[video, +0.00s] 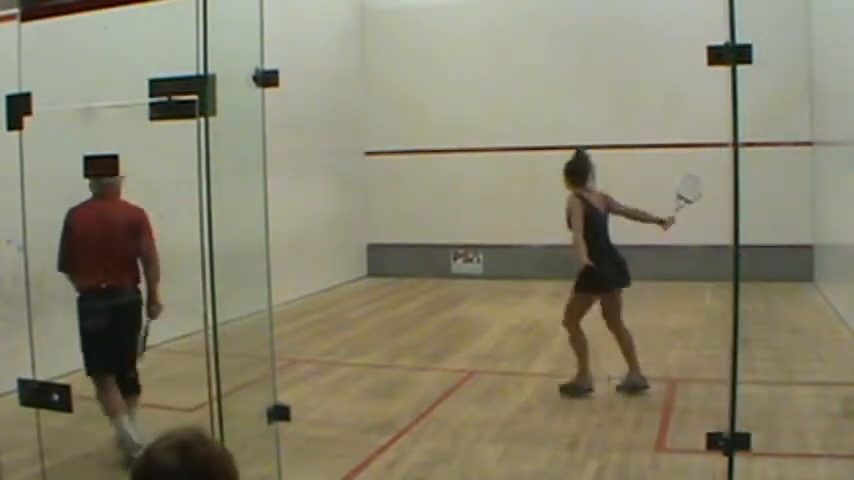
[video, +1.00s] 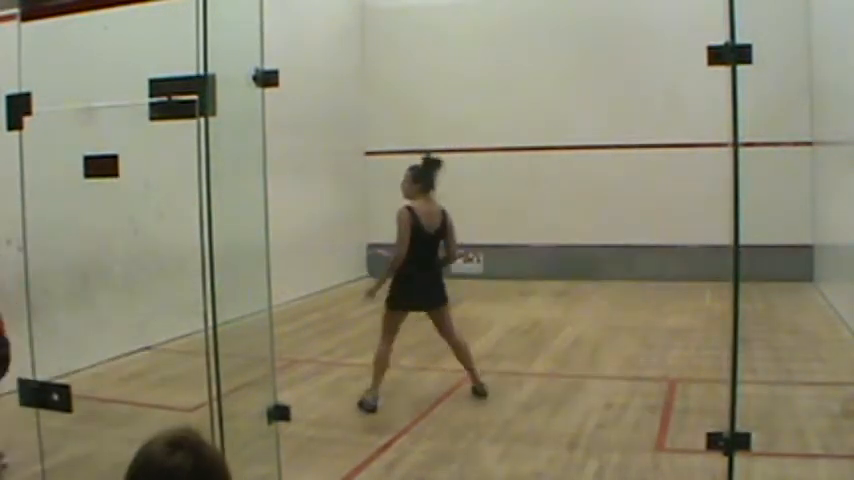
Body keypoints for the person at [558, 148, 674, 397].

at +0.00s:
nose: (565, 181)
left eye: (565, 177)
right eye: (567, 177)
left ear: (568, 178)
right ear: (588, 176)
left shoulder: (575, 200)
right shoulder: (600, 198)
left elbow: (577, 229)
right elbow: (628, 212)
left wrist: (583, 258)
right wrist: (658, 220)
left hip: (595, 269)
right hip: (613, 266)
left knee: (571, 320)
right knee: (614, 320)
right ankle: (635, 374)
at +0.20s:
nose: (529, 191)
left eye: (530, 187)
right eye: (532, 187)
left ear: (531, 189)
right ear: (554, 187)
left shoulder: (531, 214)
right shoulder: (565, 207)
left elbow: (533, 249)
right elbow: (588, 230)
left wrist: (532, 280)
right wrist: (609, 245)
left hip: (551, 280)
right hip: (576, 277)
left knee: (523, 323)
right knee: (596, 325)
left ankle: (516, 378)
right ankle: (629, 371)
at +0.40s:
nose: (497, 172)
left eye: (499, 169)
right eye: (501, 169)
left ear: (501, 172)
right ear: (522, 171)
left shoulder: (495, 197)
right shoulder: (532, 195)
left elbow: (491, 230)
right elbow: (546, 229)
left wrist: (482, 249)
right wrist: (557, 258)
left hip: (506, 268)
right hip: (531, 265)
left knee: (504, 326)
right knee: (543, 319)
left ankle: (511, 376)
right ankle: (563, 367)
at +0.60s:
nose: (471, 162)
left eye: (474, 158)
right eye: (474, 158)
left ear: (481, 162)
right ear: (496, 164)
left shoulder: (474, 189)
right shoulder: (508, 189)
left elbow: (470, 228)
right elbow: (519, 226)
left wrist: (457, 252)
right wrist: (513, 245)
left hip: (475, 254)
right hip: (500, 254)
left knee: (464, 314)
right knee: (492, 316)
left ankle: (459, 372)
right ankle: (487, 373)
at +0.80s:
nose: (440, 180)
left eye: (444, 176)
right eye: (442, 175)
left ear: (455, 180)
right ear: (465, 180)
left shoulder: (446, 208)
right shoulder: (482, 208)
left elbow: (441, 248)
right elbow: (488, 247)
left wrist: (420, 275)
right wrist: (470, 255)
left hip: (445, 276)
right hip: (471, 276)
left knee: (415, 325)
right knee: (468, 328)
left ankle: (386, 374)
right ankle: (480, 381)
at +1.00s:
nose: (402, 186)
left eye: (405, 182)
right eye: (403, 181)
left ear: (416, 185)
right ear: (427, 186)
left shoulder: (407, 213)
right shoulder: (442, 213)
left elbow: (400, 254)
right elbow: (451, 255)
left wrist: (378, 284)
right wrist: (432, 264)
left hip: (405, 283)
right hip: (432, 283)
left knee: (387, 339)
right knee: (451, 335)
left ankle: (372, 394)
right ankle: (478, 383)